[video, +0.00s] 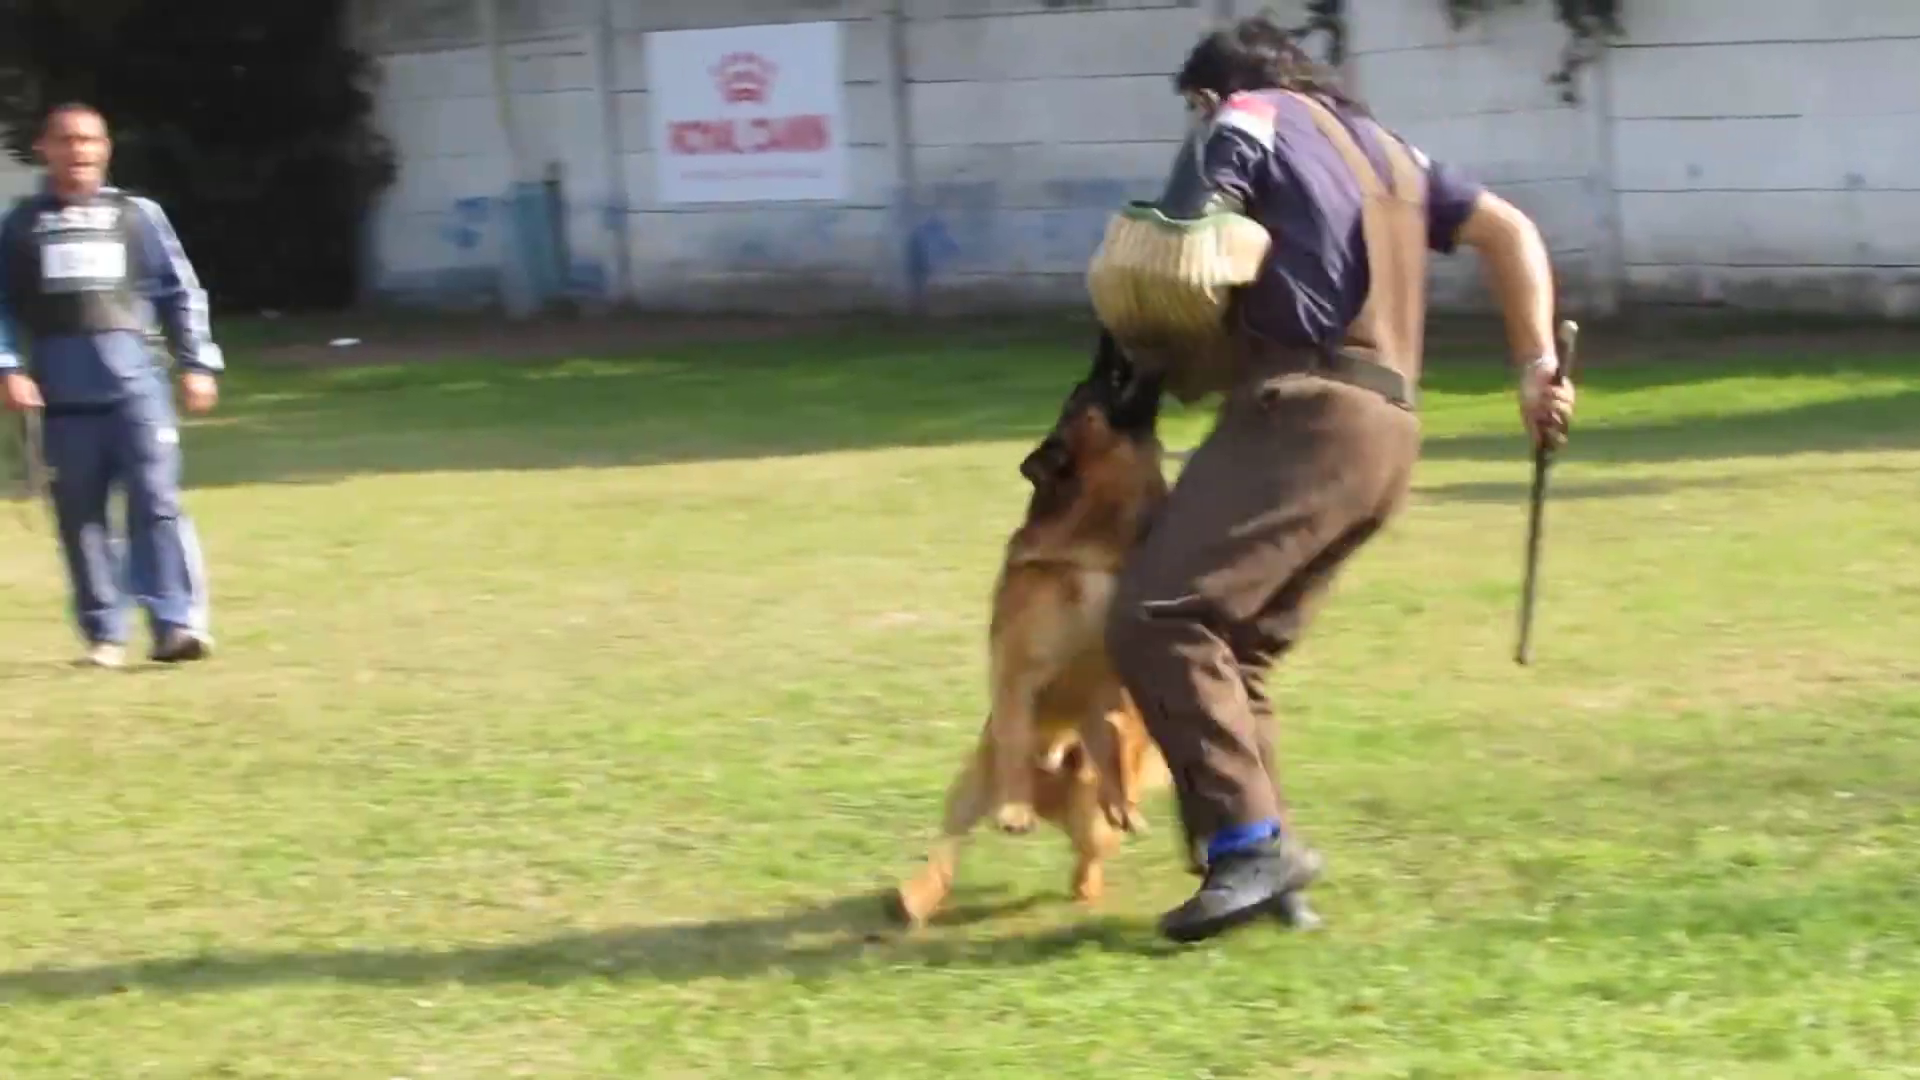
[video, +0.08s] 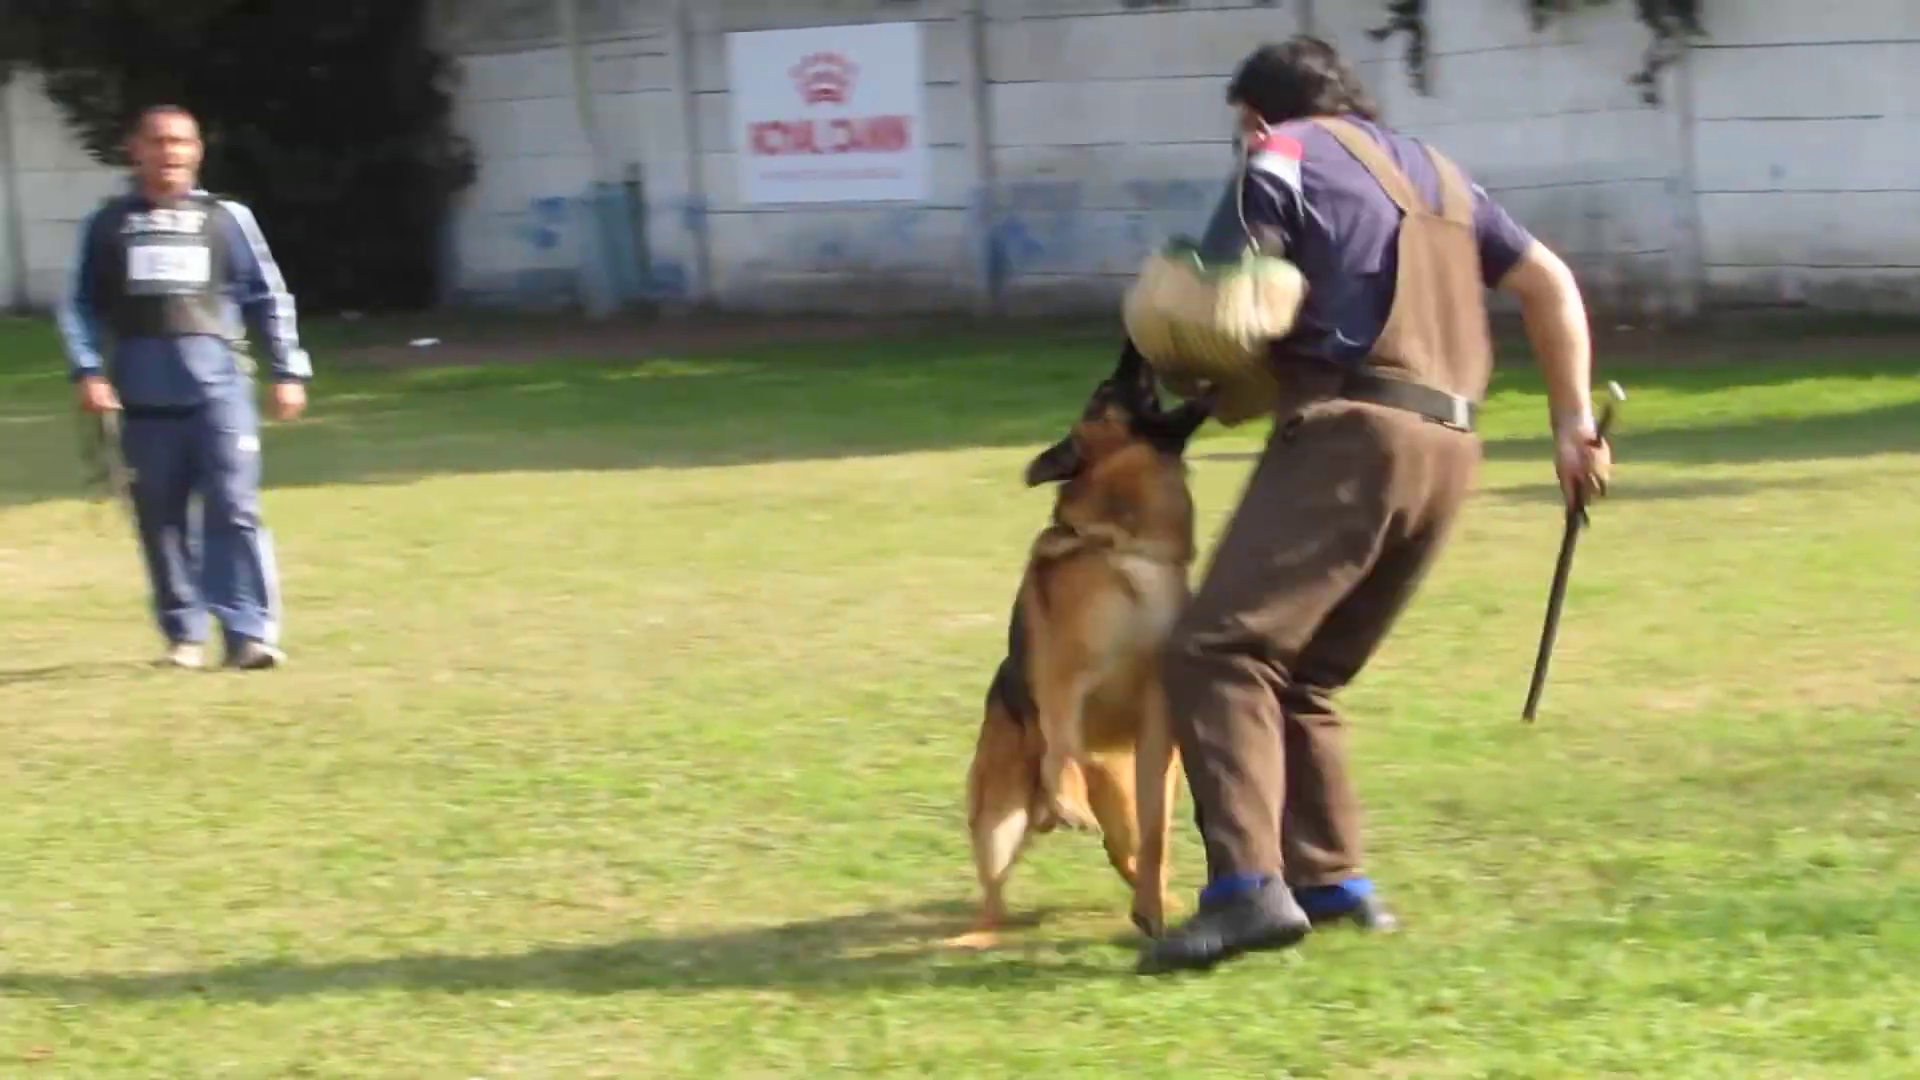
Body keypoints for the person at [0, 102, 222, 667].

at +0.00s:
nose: (80, 151)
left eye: (90, 140)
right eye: (68, 141)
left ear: (107, 148)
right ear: (44, 149)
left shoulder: (138, 215)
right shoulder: (22, 223)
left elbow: (181, 289)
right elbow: (5, 305)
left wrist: (198, 361)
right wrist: (11, 365)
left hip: (137, 382)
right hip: (64, 391)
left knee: (158, 499)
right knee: (81, 514)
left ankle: (177, 624)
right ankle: (104, 631)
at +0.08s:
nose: (172, 153)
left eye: (181, 142)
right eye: (159, 142)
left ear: (199, 151)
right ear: (134, 151)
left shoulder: (227, 219)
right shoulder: (109, 224)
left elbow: (268, 293)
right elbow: (79, 305)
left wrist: (289, 368)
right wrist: (89, 369)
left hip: (219, 384)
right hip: (144, 391)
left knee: (236, 508)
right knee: (161, 516)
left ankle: (251, 633)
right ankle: (184, 634)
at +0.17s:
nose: (259, 153)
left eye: (270, 143)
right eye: (246, 142)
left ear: (285, 152)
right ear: (221, 152)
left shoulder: (311, 222)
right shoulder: (193, 223)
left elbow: (350, 298)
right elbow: (161, 303)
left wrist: (368, 373)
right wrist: (161, 368)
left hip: (297, 391)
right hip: (223, 398)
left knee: (306, 513)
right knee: (236, 518)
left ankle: (316, 635)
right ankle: (253, 631)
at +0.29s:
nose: (368, 147)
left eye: (379, 136)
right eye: (356, 136)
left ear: (395, 147)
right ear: (332, 147)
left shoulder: (420, 221)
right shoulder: (300, 215)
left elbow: (455, 301)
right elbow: (264, 293)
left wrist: (466, 375)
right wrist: (255, 365)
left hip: (395, 396)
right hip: (320, 398)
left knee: (405, 519)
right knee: (315, 517)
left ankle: (409, 635)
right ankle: (341, 621)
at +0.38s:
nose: (421, 145)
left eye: (431, 135)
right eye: (409, 135)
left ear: (447, 146)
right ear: (384, 145)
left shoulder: (471, 221)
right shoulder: (352, 214)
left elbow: (504, 302)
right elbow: (314, 291)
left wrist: (511, 376)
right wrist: (302, 364)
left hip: (447, 400)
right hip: (370, 402)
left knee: (451, 520)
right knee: (356, 506)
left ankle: (453, 637)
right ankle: (382, 615)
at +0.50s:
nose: (468, 141)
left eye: (476, 131)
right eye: (455, 132)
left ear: (491, 142)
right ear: (428, 144)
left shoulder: (517, 216)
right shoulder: (396, 211)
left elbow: (547, 296)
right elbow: (360, 288)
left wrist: (536, 360)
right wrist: (345, 360)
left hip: (491, 398)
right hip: (413, 398)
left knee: (495, 521)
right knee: (408, 514)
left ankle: (493, 640)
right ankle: (417, 641)